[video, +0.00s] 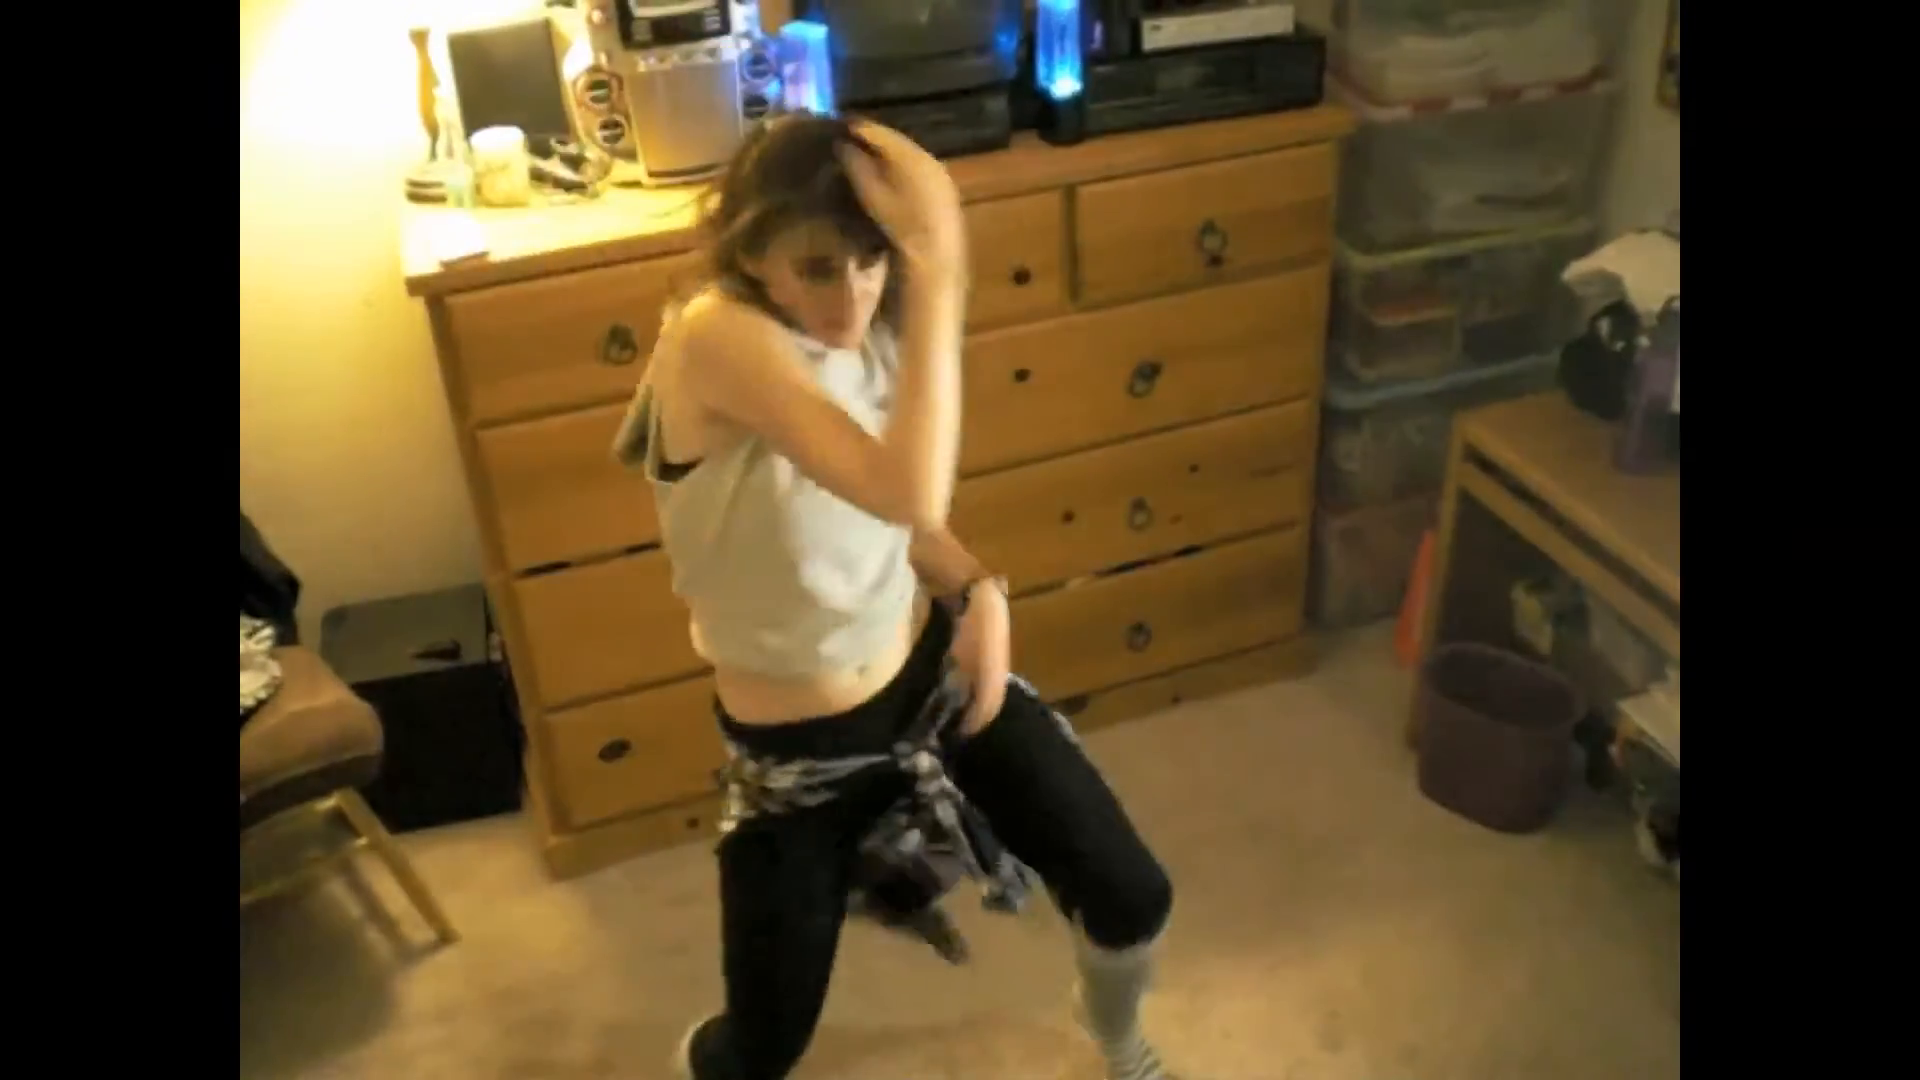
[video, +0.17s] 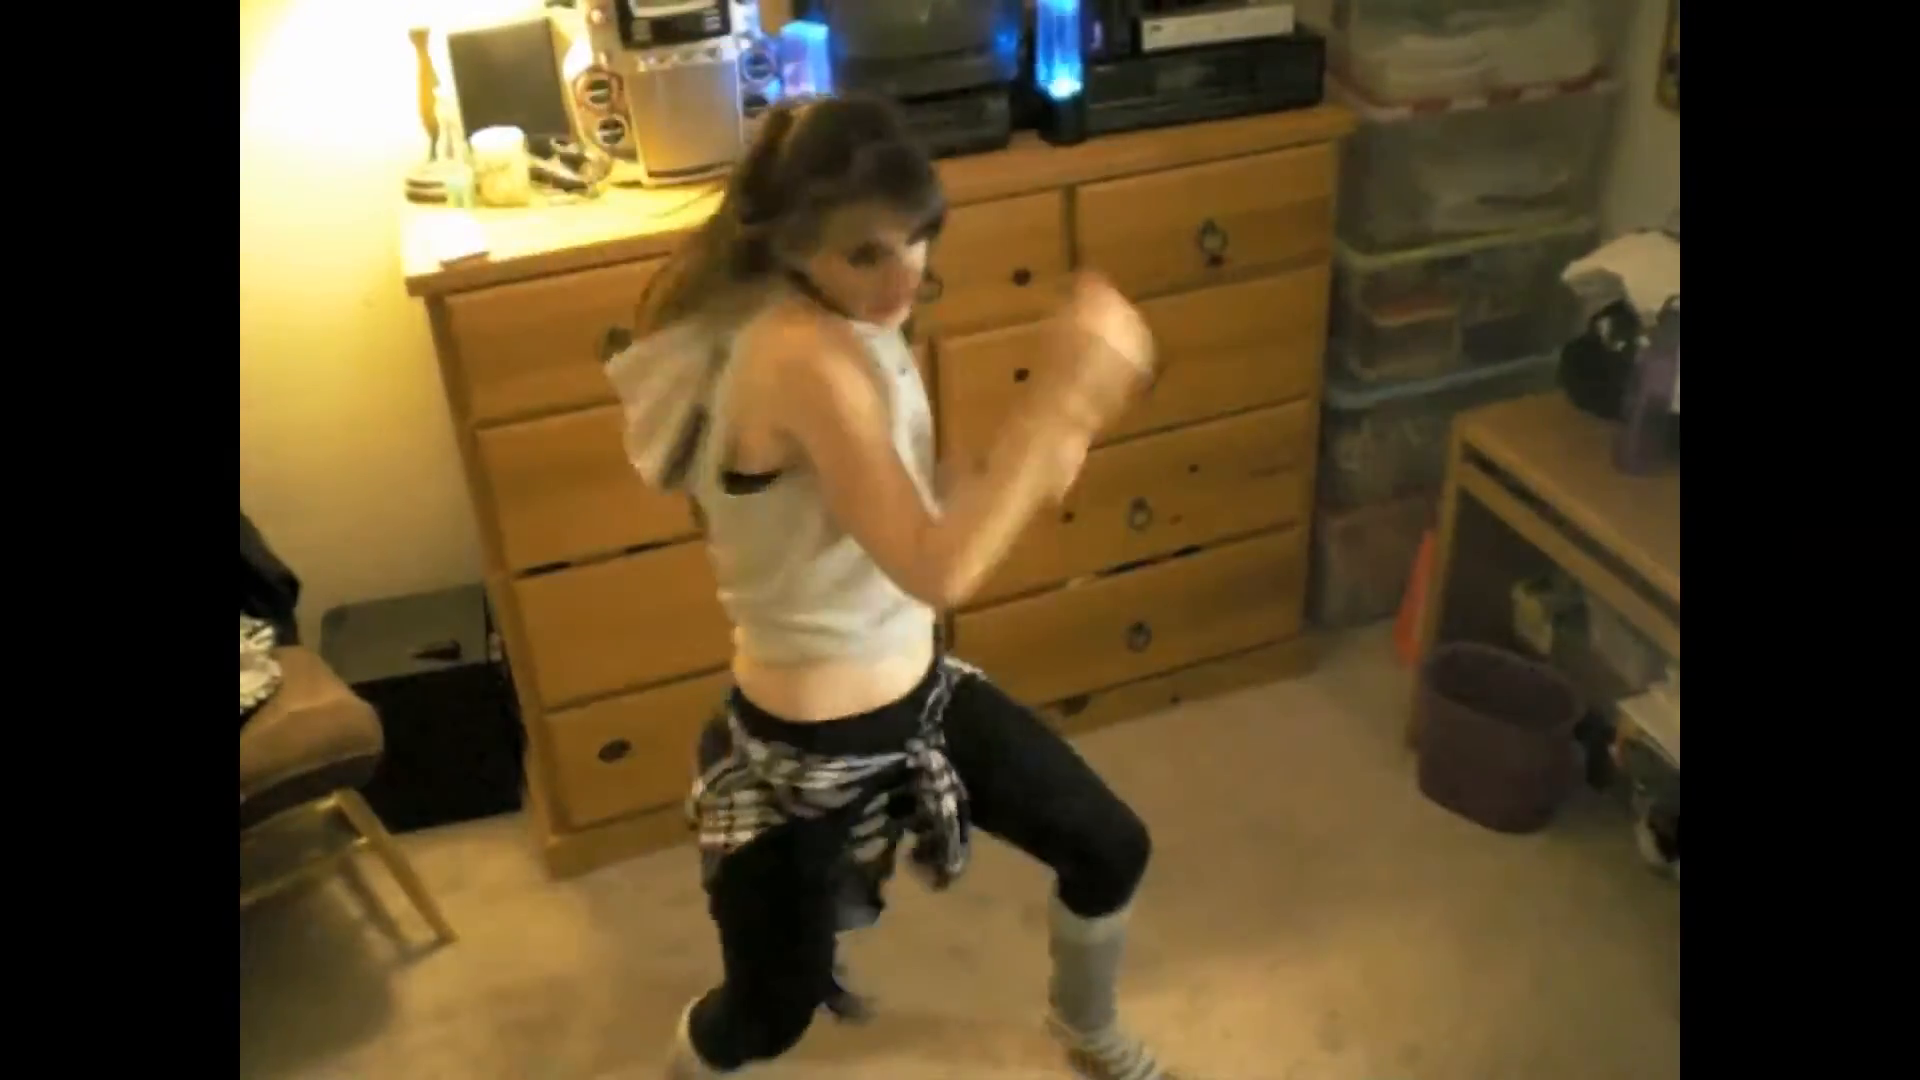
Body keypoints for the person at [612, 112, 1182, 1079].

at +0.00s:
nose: (850, 300)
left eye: (871, 262)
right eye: (816, 272)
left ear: (890, 251)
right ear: (749, 257)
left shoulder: (875, 331)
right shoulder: (715, 337)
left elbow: (889, 510)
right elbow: (908, 490)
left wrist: (980, 591)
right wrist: (938, 264)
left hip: (937, 686)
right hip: (797, 761)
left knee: (1133, 899)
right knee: (763, 1045)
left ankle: (1115, 1039)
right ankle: (703, 1066)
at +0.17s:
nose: (906, 276)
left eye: (919, 241)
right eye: (867, 256)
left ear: (932, 216)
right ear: (795, 250)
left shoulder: (862, 326)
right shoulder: (800, 362)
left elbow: (918, 496)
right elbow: (940, 570)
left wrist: (1023, 465)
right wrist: (1065, 398)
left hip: (924, 703)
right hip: (798, 761)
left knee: (1109, 847)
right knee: (768, 1013)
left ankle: (1086, 1025)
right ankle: (688, 1059)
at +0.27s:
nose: (939, 273)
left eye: (949, 238)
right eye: (901, 254)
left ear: (961, 217)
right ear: (821, 248)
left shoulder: (888, 327)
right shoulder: (852, 356)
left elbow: (983, 450)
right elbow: (986, 572)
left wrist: (1142, 486)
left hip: (918, 711)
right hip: (821, 759)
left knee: (1086, 859)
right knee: (774, 992)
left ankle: (1079, 1022)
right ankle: (668, 1062)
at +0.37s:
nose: (1007, 263)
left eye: (1012, 229)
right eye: (965, 246)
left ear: (1024, 219)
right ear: (897, 256)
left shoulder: (938, 326)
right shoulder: (948, 371)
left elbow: (1026, 410)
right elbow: (1013, 605)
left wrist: (1129, 479)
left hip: (933, 716)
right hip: (844, 752)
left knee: (1060, 861)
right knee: (782, 993)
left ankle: (1071, 1023)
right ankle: (650, 1059)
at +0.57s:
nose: (1230, 640)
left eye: (1258, 612)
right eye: (1248, 599)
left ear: (1191, 502)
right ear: (1205, 533)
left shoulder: (1053, 469)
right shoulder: (1062, 603)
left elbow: (897, 456)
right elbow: (830, 673)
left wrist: (768, 404)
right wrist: (631, 762)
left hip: (915, 704)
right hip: (813, 770)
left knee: (1080, 874)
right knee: (939, 1013)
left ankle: (1073, 1031)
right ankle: (823, 1055)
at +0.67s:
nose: (1136, 810)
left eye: (1155, 806)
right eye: (1156, 799)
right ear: (1163, 737)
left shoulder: (1089, 567)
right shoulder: (1031, 712)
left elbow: (890, 504)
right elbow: (801, 673)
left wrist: (730, 476)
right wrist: (581, 686)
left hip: (913, 728)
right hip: (803, 784)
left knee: (1085, 860)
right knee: (937, 1022)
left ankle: (1071, 1027)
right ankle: (814, 1057)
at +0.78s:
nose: (1080, 800)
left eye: (1101, 799)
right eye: (1099, 791)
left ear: (1108, 703)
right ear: (1091, 718)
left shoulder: (1079, 561)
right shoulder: (974, 703)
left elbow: (911, 515)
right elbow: (739, 672)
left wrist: (751, 541)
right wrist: (563, 725)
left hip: (898, 748)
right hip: (779, 794)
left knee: (1075, 854)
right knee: (897, 1030)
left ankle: (1073, 1023)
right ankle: (797, 1054)